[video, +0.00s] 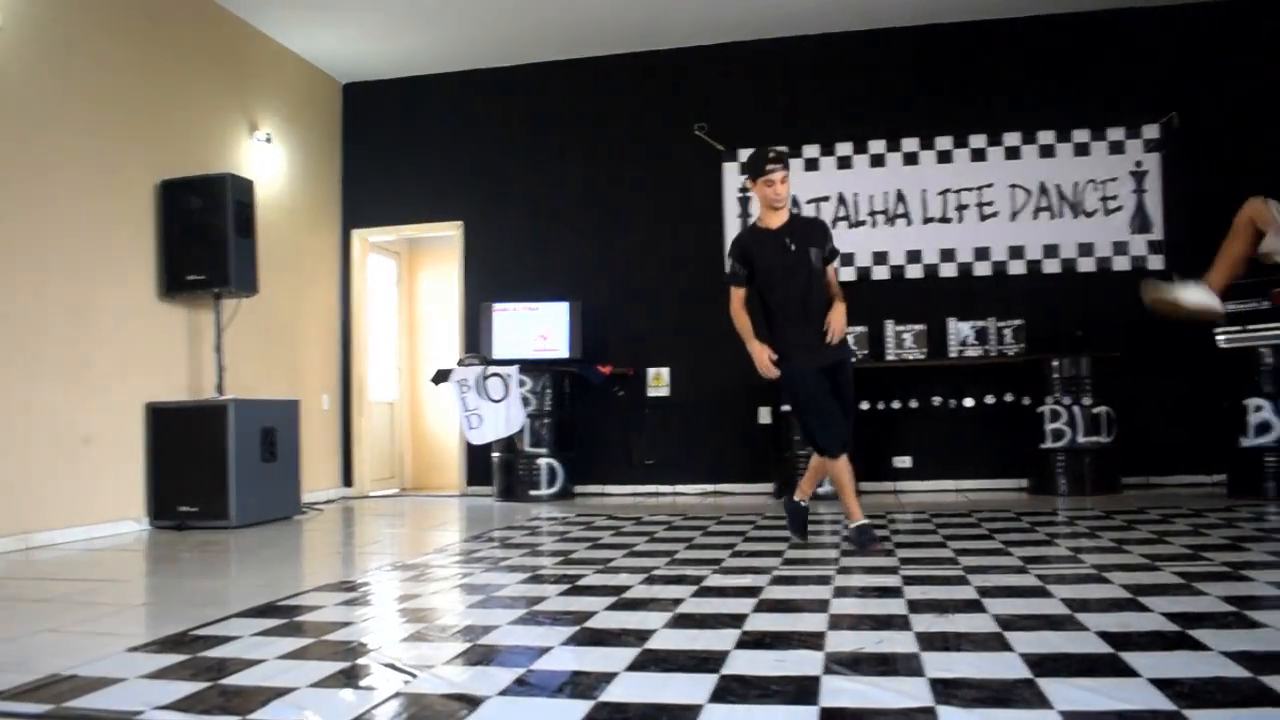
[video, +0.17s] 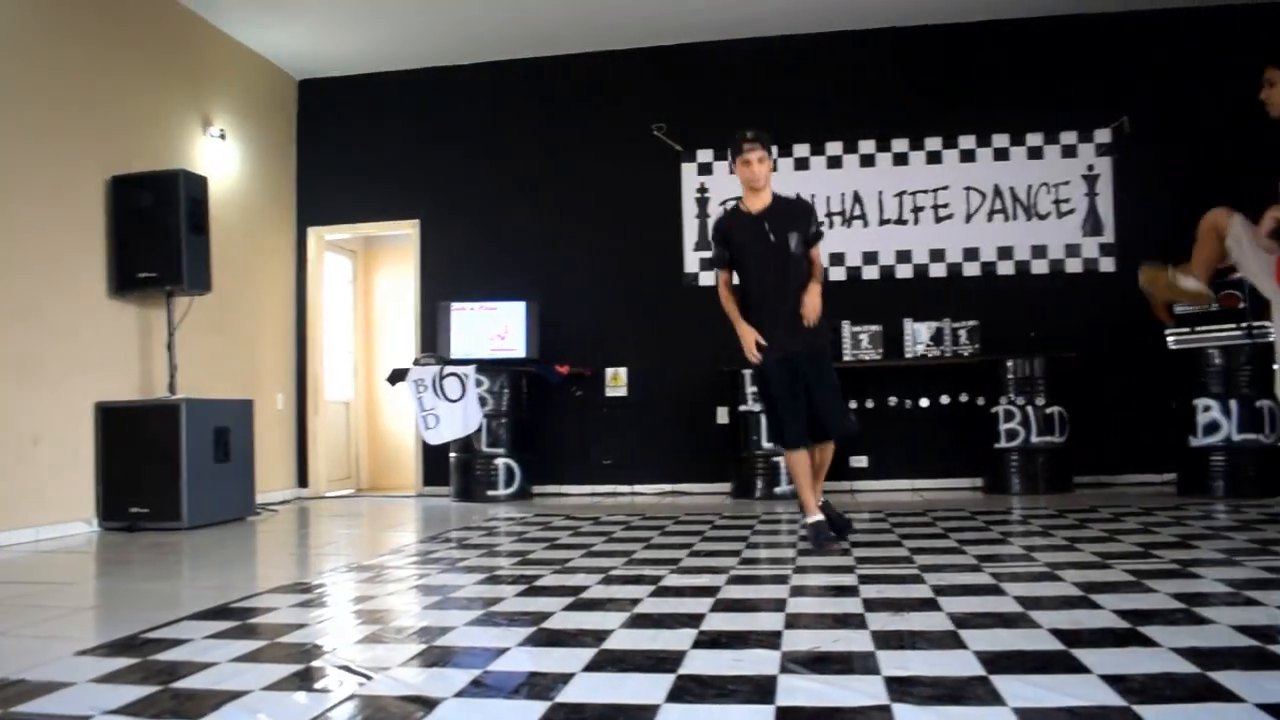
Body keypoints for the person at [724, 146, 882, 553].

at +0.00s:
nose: (779, 187)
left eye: (783, 180)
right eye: (770, 182)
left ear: (790, 183)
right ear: (753, 188)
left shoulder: (815, 229)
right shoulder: (745, 245)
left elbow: (831, 281)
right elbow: (737, 305)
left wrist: (839, 306)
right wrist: (753, 345)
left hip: (830, 345)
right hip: (790, 353)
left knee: (837, 432)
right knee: (831, 434)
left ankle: (800, 497)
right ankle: (858, 521)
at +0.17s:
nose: (755, 168)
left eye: (761, 160)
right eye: (746, 162)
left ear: (772, 165)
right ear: (735, 170)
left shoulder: (799, 211)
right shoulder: (727, 226)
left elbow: (816, 263)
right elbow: (722, 285)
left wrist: (814, 289)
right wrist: (741, 327)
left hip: (809, 334)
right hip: (768, 340)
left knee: (827, 426)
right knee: (791, 430)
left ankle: (815, 497)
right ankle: (812, 517)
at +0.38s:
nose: (724, 152)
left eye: (731, 144)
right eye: (716, 146)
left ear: (746, 149)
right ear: (708, 155)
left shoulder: (774, 200)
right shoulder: (698, 212)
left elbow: (790, 255)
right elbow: (695, 270)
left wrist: (778, 279)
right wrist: (701, 313)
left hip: (777, 328)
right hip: (729, 331)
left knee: (788, 418)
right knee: (739, 423)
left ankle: (806, 513)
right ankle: (752, 510)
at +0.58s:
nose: (703, 172)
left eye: (711, 164)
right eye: (696, 166)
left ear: (728, 171)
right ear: (690, 174)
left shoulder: (753, 225)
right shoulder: (681, 235)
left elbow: (771, 280)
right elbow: (679, 293)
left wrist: (754, 307)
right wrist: (682, 335)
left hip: (748, 352)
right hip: (701, 355)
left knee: (766, 437)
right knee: (697, 443)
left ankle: (788, 525)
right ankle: (716, 521)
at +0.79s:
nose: (674, 153)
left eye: (681, 146)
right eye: (667, 148)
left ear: (697, 152)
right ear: (660, 157)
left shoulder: (721, 205)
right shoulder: (645, 211)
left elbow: (732, 259)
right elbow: (636, 269)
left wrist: (725, 294)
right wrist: (640, 310)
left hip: (712, 326)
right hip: (662, 329)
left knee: (727, 414)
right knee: (655, 417)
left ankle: (748, 508)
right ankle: (659, 508)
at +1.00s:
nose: (655, 194)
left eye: (662, 188)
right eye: (648, 189)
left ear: (675, 194)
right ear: (639, 197)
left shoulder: (695, 248)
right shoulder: (621, 250)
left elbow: (703, 304)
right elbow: (611, 308)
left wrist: (696, 340)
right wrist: (616, 352)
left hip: (684, 364)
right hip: (638, 367)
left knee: (700, 445)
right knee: (631, 451)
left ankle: (712, 523)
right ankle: (640, 528)